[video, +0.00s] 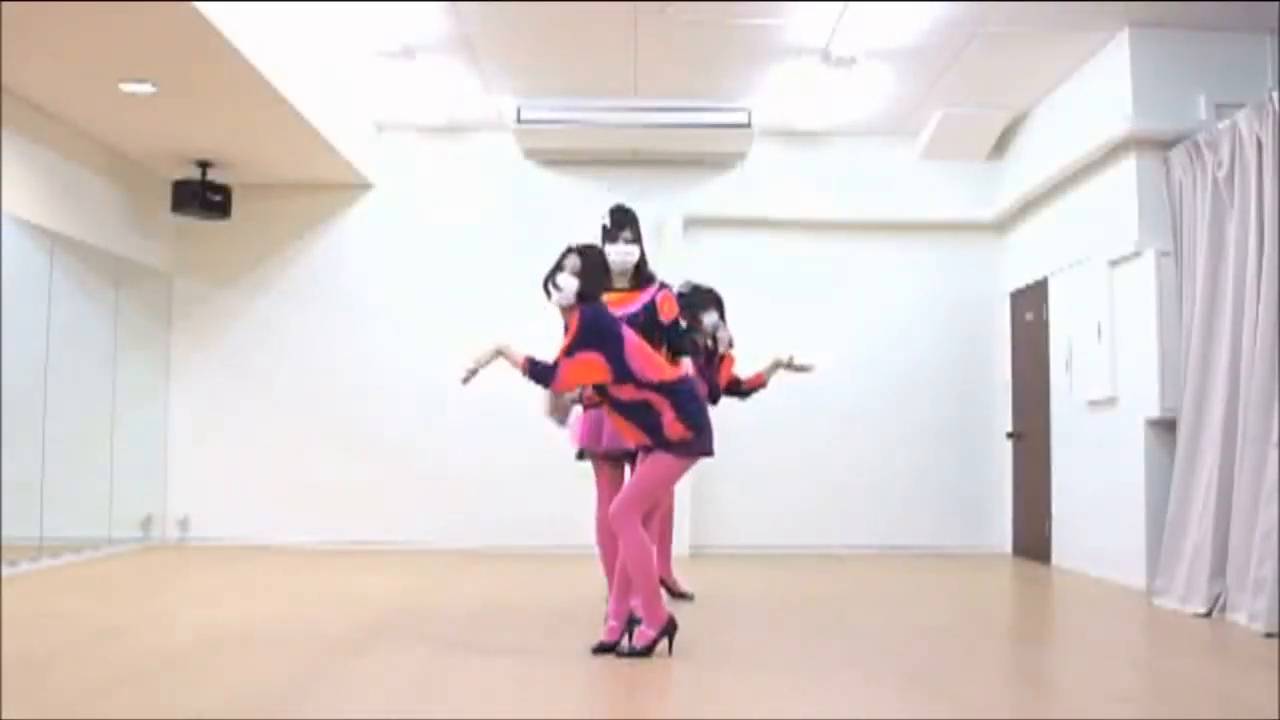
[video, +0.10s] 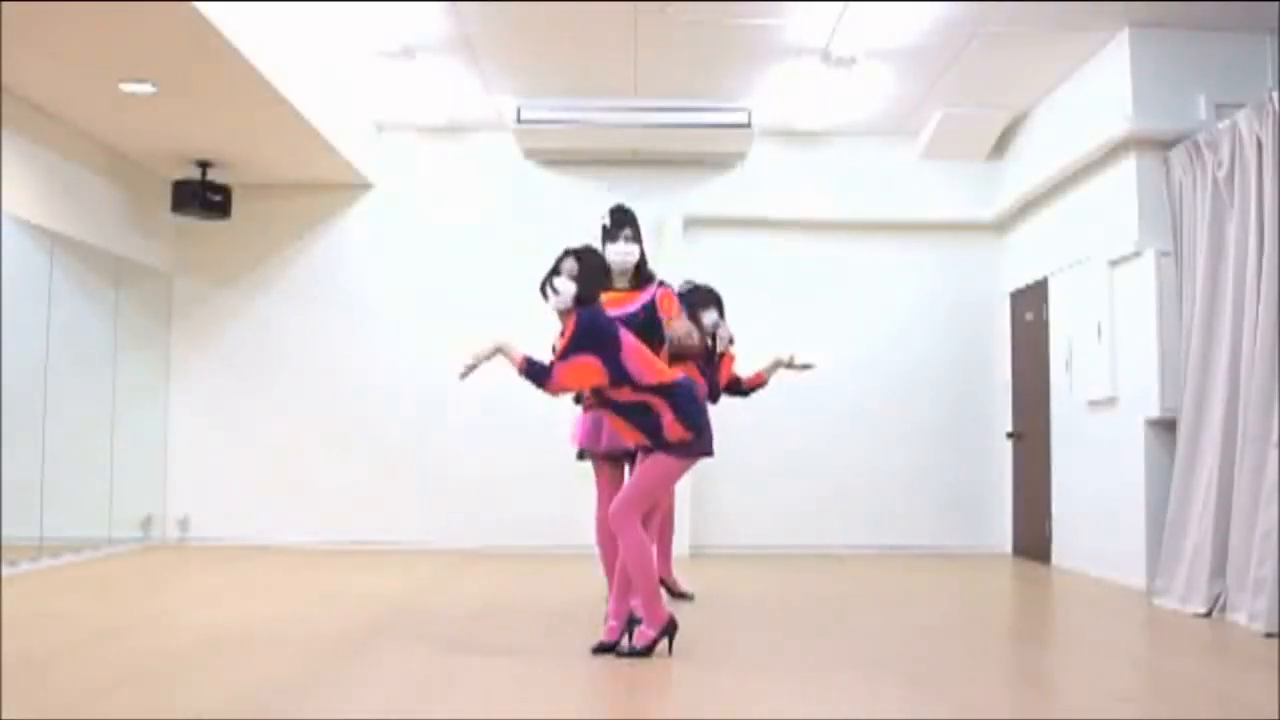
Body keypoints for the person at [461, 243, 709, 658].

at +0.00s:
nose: (561, 280)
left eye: (571, 274)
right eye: (560, 271)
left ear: (588, 282)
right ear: (554, 276)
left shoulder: (595, 321)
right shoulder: (582, 323)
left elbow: (559, 378)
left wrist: (505, 352)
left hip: (683, 430)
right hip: (658, 431)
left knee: (624, 512)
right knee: (614, 518)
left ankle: (655, 617)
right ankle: (622, 617)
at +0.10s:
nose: (559, 284)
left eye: (569, 277)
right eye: (557, 274)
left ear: (587, 286)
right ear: (550, 280)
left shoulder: (593, 325)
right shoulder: (577, 327)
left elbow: (558, 382)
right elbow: (557, 377)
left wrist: (506, 351)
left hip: (683, 431)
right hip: (658, 432)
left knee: (624, 513)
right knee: (616, 518)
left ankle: (655, 617)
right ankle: (623, 616)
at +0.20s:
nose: (553, 288)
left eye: (564, 281)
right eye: (553, 278)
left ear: (582, 289)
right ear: (549, 282)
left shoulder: (591, 330)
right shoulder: (580, 328)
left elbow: (551, 386)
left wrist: (505, 352)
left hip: (682, 432)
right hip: (659, 432)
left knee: (623, 513)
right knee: (618, 518)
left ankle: (654, 616)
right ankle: (624, 616)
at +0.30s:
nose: (550, 291)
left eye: (561, 284)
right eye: (550, 281)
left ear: (580, 291)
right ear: (549, 283)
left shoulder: (590, 332)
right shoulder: (583, 328)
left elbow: (550, 389)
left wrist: (504, 354)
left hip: (683, 433)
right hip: (659, 432)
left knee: (623, 512)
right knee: (617, 518)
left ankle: (654, 616)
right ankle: (624, 615)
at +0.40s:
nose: (546, 295)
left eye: (556, 286)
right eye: (548, 285)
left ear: (574, 292)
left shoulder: (588, 335)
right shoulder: (582, 332)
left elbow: (548, 391)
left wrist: (504, 356)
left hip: (683, 433)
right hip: (662, 432)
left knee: (623, 514)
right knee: (614, 519)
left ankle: (654, 616)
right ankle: (623, 616)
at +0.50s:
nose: (547, 295)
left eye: (556, 287)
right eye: (547, 285)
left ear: (574, 292)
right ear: (587, 293)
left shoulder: (588, 337)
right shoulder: (582, 333)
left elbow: (548, 391)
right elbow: (552, 387)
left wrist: (504, 357)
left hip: (684, 434)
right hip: (665, 433)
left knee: (623, 514)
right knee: (615, 519)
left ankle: (655, 616)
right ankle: (622, 616)